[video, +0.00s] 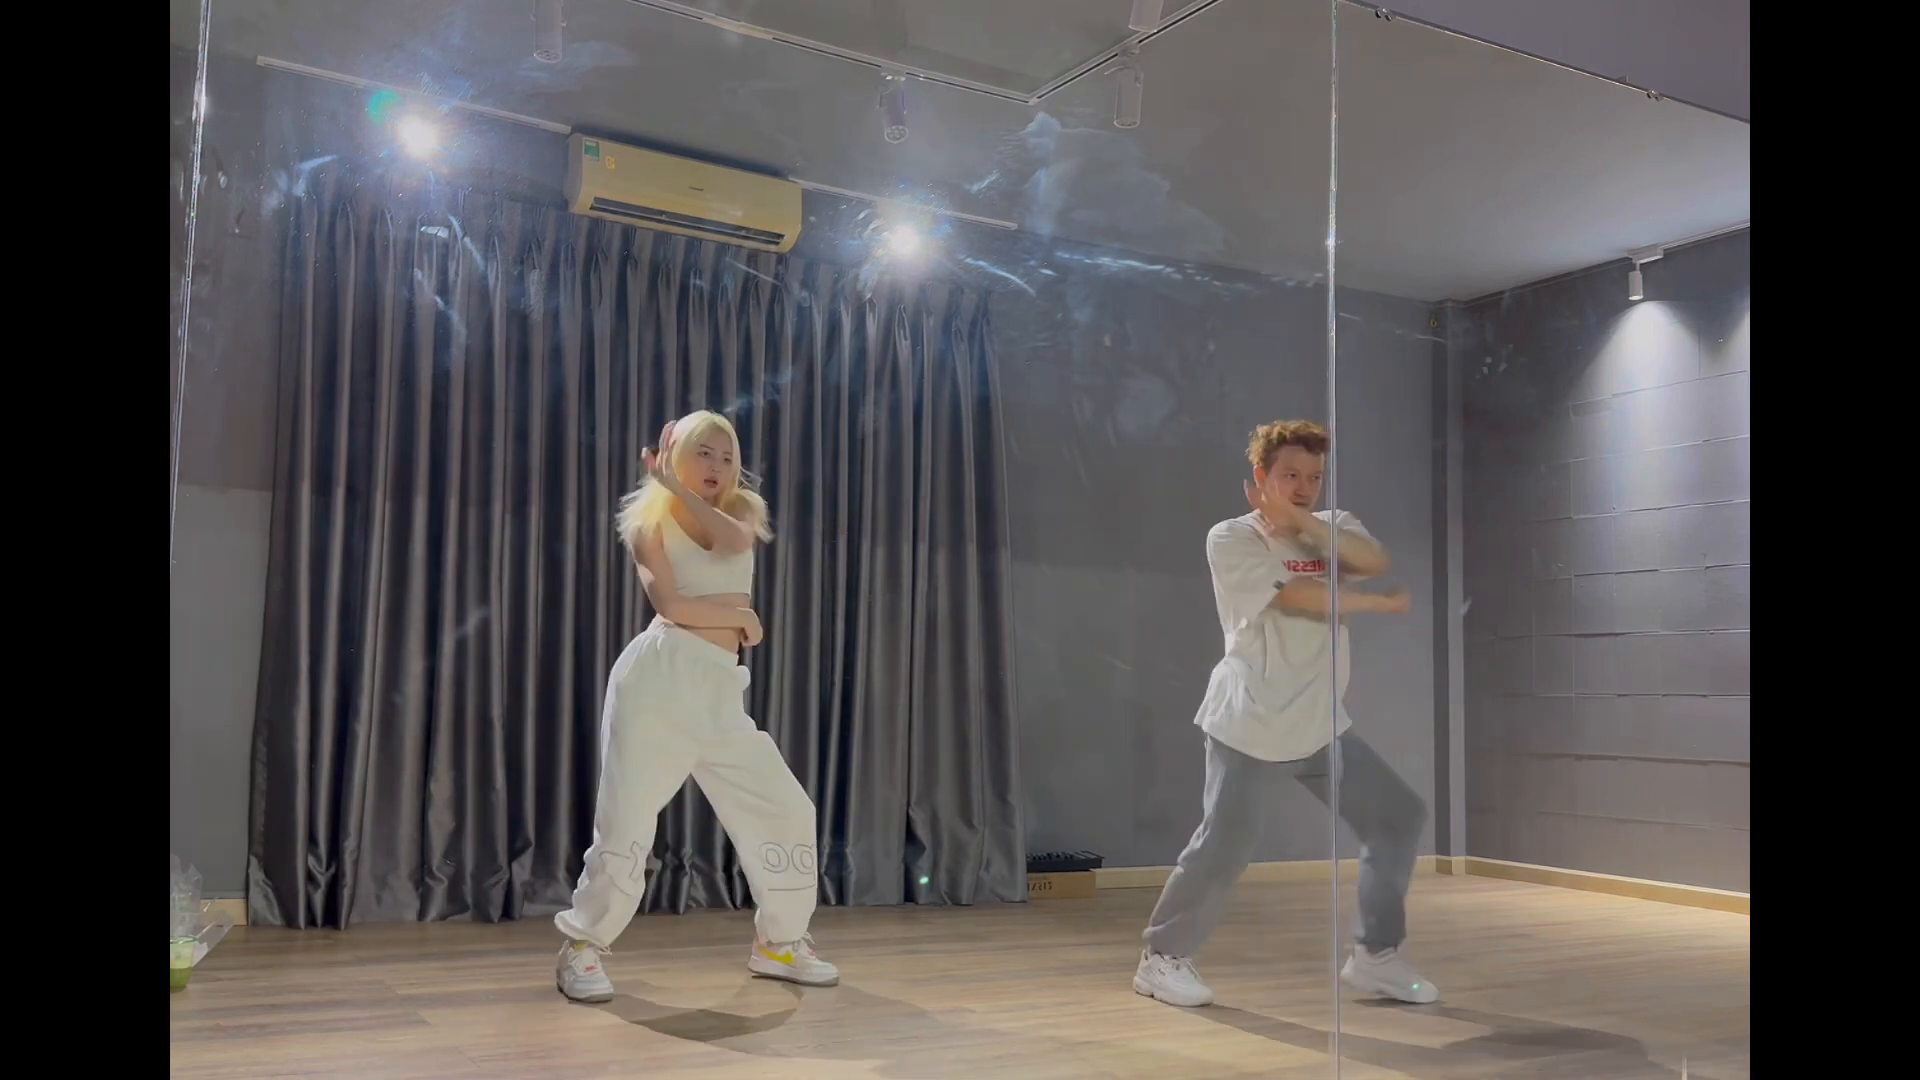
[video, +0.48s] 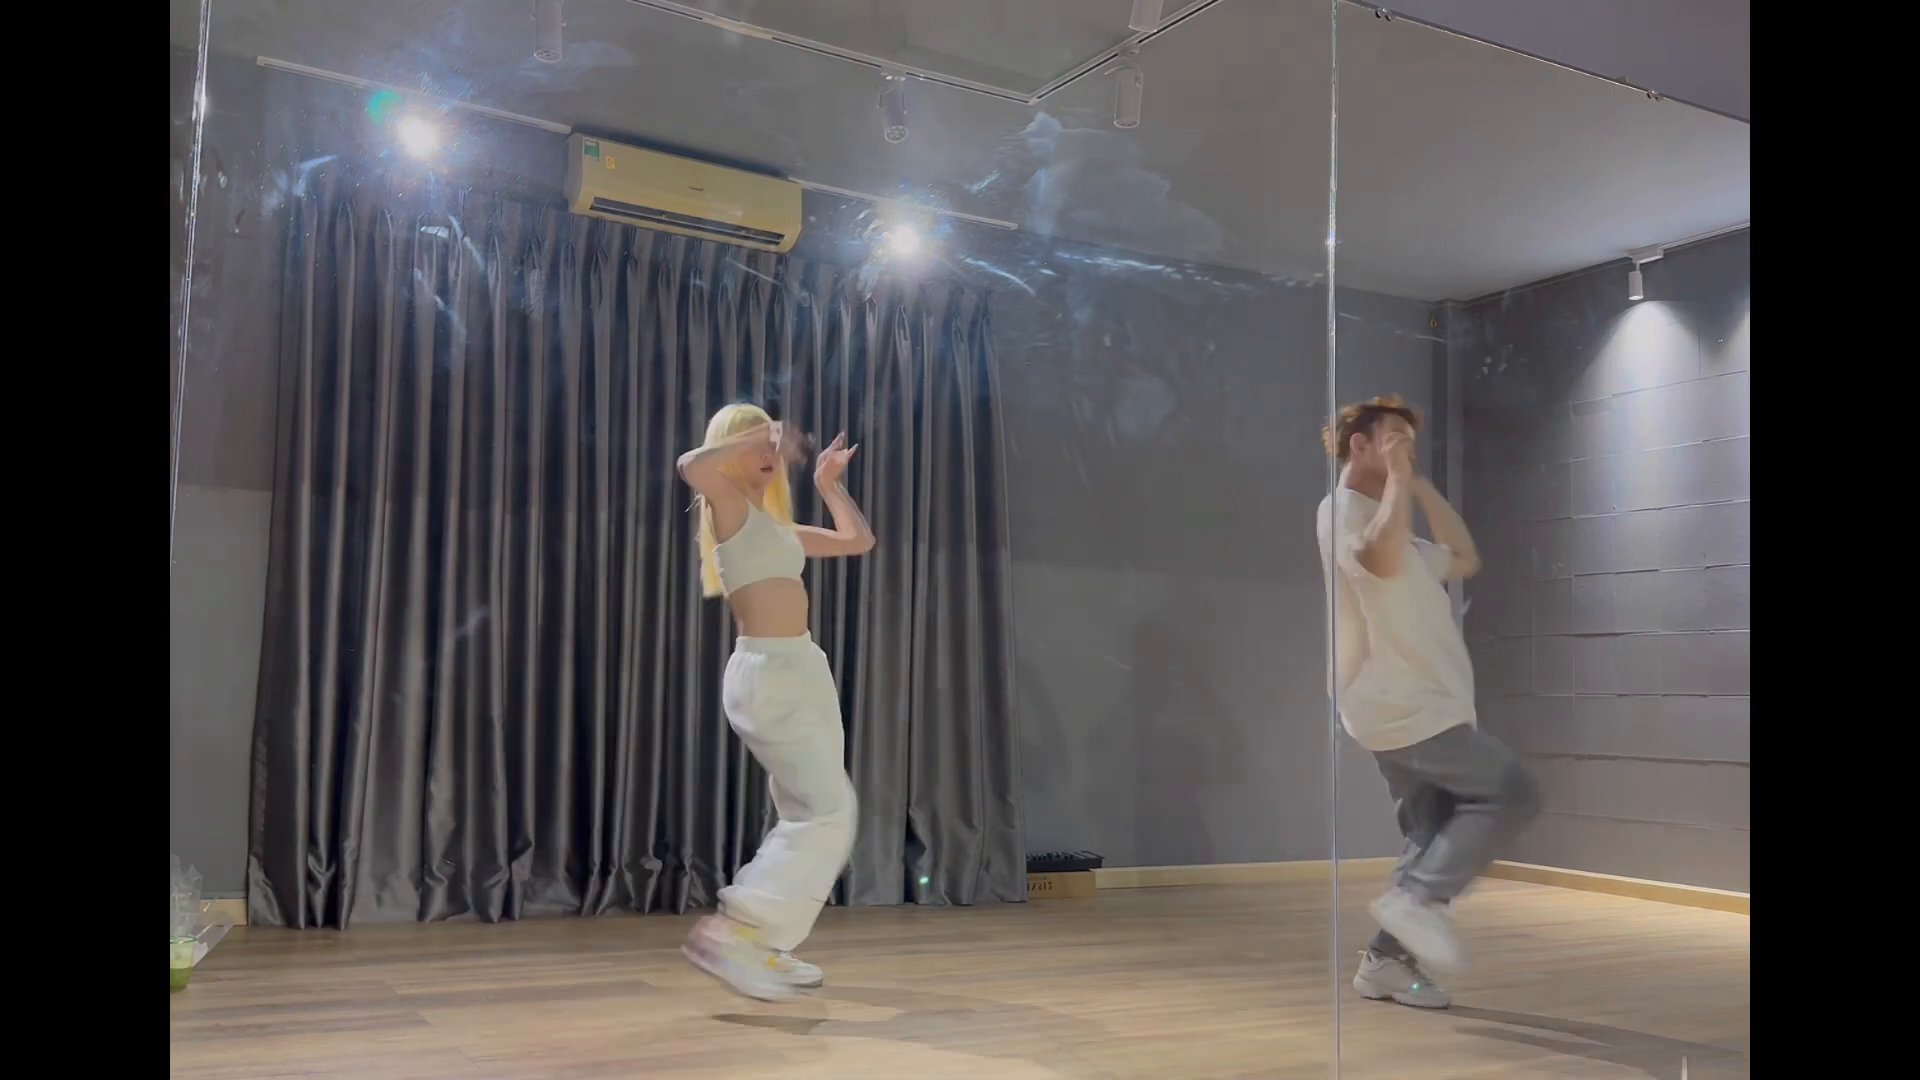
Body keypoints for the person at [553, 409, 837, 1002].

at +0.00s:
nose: (716, 465)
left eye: (727, 458)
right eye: (702, 453)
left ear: (738, 471)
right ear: (669, 461)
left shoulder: (745, 510)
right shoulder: (651, 514)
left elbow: (726, 539)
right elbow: (668, 605)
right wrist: (739, 616)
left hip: (721, 692)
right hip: (657, 681)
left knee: (789, 812)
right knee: (627, 824)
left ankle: (780, 942)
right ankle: (583, 950)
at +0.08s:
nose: (720, 467)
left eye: (729, 459)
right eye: (707, 454)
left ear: (738, 471)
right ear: (673, 464)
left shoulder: (737, 509)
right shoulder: (650, 522)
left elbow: (782, 533)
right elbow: (667, 606)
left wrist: (703, 501)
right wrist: (740, 615)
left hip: (734, 693)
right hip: (666, 685)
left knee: (801, 819)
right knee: (628, 826)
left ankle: (771, 940)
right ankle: (589, 950)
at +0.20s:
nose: (733, 470)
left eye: (740, 462)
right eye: (722, 458)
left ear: (746, 472)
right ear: (692, 462)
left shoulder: (745, 526)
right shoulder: (664, 518)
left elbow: (825, 519)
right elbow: (675, 601)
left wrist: (749, 511)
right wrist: (754, 615)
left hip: (764, 692)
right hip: (696, 692)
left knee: (813, 828)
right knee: (645, 836)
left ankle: (760, 946)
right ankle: (593, 955)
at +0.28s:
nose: (743, 468)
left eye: (751, 459)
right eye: (731, 457)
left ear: (756, 471)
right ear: (702, 463)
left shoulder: (754, 530)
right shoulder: (684, 508)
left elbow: (826, 530)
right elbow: (682, 583)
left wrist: (777, 502)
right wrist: (758, 602)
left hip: (785, 687)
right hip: (721, 692)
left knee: (814, 830)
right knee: (675, 841)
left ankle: (758, 948)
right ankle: (597, 947)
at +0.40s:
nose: (761, 461)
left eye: (766, 453)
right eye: (747, 451)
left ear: (772, 466)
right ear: (715, 465)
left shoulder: (766, 534)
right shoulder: (714, 516)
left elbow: (834, 548)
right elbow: (678, 500)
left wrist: (813, 505)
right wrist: (723, 501)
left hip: (807, 679)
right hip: (756, 686)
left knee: (822, 827)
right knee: (772, 829)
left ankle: (759, 945)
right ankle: (651, 915)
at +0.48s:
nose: (766, 453)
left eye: (770, 445)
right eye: (752, 445)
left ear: (774, 458)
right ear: (725, 457)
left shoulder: (775, 528)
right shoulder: (733, 507)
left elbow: (857, 539)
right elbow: (694, 467)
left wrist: (830, 485)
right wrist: (754, 441)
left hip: (785, 674)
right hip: (775, 675)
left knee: (805, 815)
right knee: (832, 813)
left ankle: (759, 944)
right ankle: (731, 933)